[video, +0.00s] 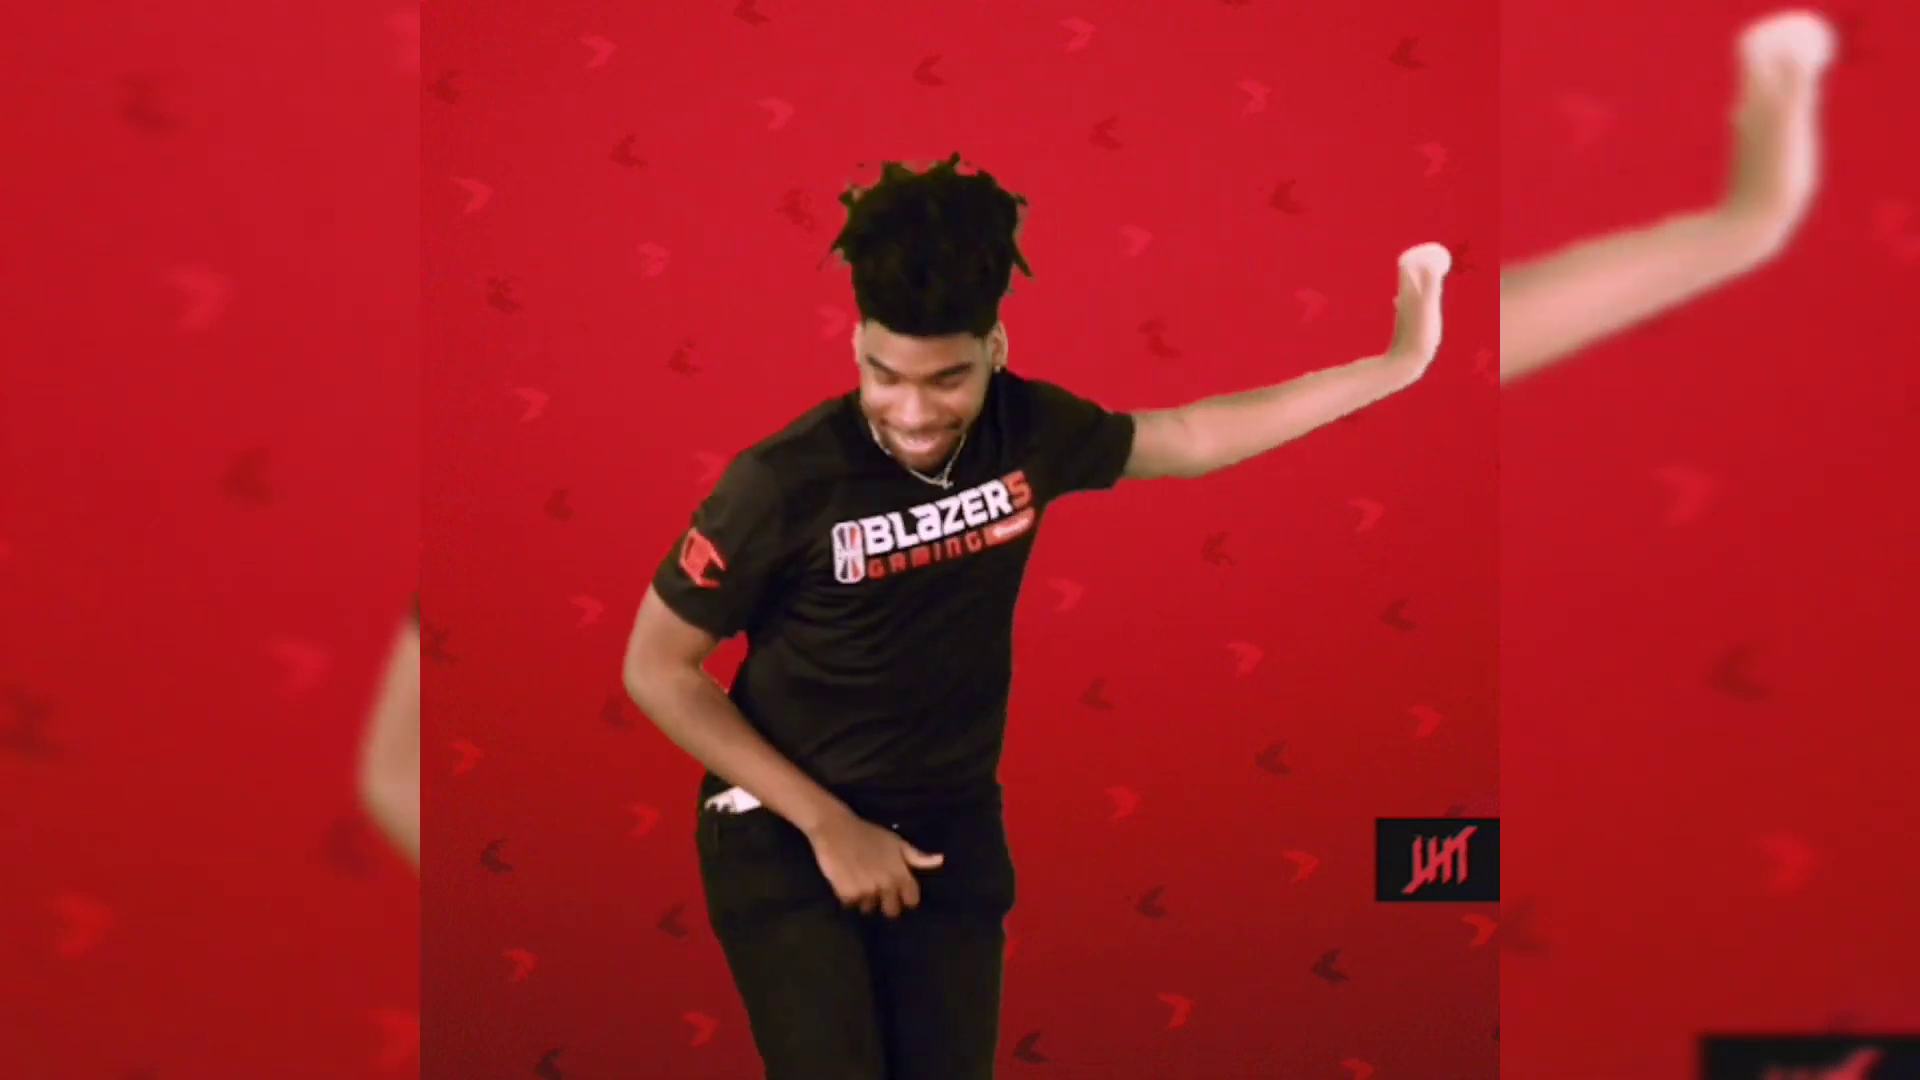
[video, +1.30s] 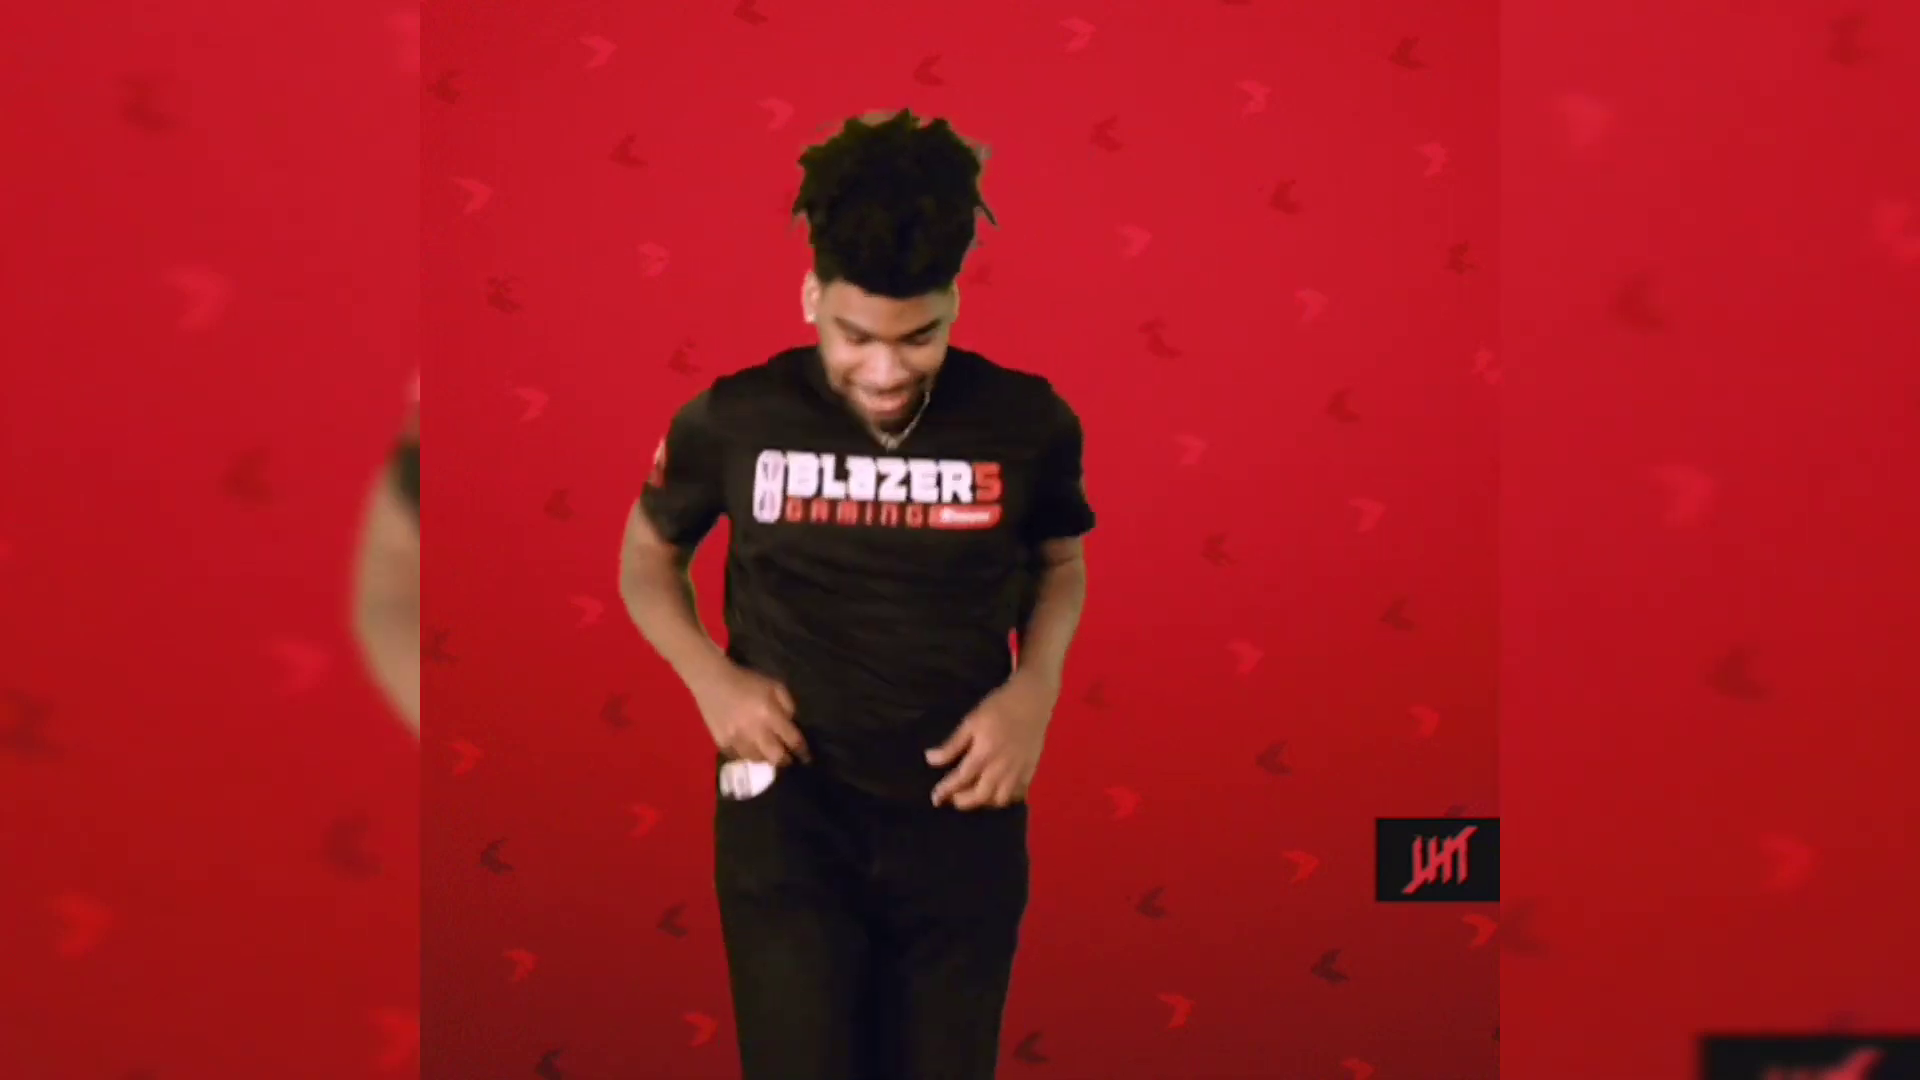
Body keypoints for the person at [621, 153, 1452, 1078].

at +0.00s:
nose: (914, 411)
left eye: (946, 377)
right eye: (885, 375)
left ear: (998, 340)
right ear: (853, 338)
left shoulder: (1034, 429)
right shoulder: (782, 484)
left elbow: (1192, 440)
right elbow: (653, 670)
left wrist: (1400, 365)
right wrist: (824, 817)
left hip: (950, 834)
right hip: (781, 839)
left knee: (954, 1061)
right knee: (837, 1059)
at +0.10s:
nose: (913, 444)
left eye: (945, 414)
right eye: (885, 413)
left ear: (995, 373)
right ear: (854, 373)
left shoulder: (1033, 462)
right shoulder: (772, 506)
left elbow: (1190, 493)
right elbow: (654, 690)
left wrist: (1398, 433)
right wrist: (816, 850)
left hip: (963, 857)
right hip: (790, 866)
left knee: (958, 1067)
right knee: (837, 1067)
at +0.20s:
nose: (900, 492)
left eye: (933, 462)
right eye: (871, 461)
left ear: (982, 417)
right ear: (839, 412)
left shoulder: (1025, 522)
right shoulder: (756, 560)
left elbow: (1196, 572)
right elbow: (669, 747)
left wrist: (1415, 532)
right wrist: (829, 901)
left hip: (983, 912)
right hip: (804, 918)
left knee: (976, 1068)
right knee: (843, 1070)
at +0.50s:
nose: (844, 438)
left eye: (876, 409)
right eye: (817, 404)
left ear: (923, 369)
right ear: (783, 359)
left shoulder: (989, 484)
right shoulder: (711, 513)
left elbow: (1174, 599)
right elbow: (674, 717)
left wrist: (1408, 670)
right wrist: (784, 871)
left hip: (960, 887)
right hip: (783, 893)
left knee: (951, 1068)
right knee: (797, 1074)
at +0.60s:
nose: (827, 431)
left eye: (860, 401)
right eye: (800, 397)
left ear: (901, 365)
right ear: (764, 353)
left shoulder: (976, 480)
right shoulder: (697, 510)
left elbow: (1162, 613)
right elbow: (666, 719)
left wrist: (1386, 702)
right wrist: (761, 877)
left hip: (947, 871)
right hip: (777, 879)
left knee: (922, 1067)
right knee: (782, 1071)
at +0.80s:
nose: (979, 367)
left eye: (1011, 337)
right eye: (951, 331)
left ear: (1050, 296)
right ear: (903, 279)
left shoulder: (1101, 426)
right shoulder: (806, 400)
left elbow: (1143, 565)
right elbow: (732, 541)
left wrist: (1126, 594)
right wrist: (770, 677)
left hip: (1010, 841)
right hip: (834, 832)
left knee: (1000, 1064)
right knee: (818, 1063)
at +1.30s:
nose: (885, 368)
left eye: (917, 337)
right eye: (855, 334)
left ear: (956, 295)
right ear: (811, 290)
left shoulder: (1029, 424)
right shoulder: (730, 423)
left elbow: (1061, 575)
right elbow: (648, 558)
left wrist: (1031, 695)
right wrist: (711, 680)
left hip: (962, 831)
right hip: (786, 826)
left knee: (946, 1063)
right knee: (799, 1062)